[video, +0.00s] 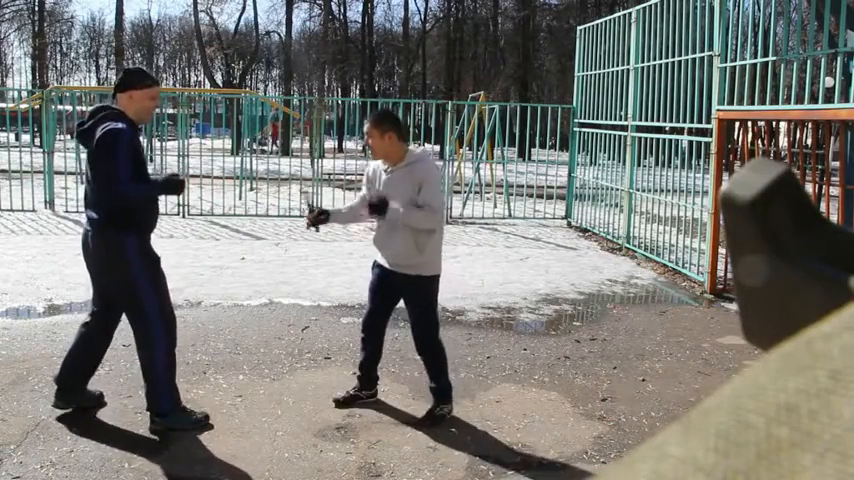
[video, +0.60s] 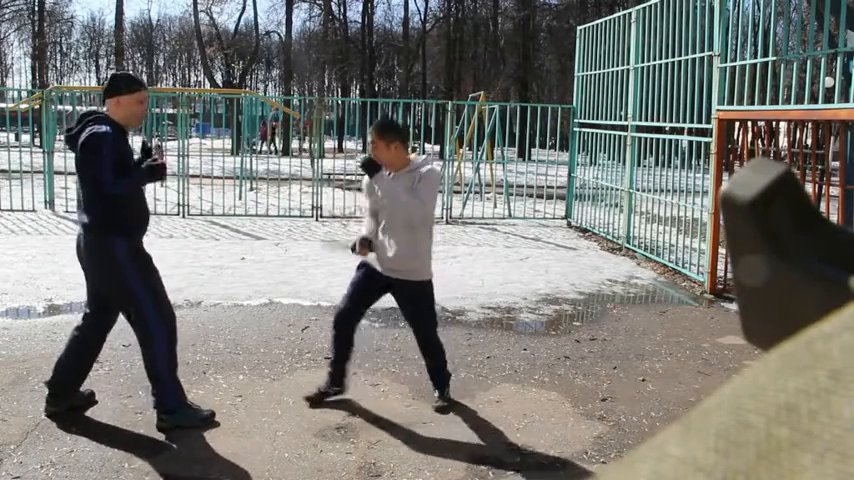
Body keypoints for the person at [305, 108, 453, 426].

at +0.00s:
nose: (367, 145)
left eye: (371, 139)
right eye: (367, 139)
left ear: (390, 138)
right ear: (385, 139)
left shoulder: (426, 167)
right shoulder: (375, 171)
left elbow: (434, 219)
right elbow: (367, 209)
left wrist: (390, 211)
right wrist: (330, 216)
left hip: (421, 270)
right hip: (387, 266)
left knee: (426, 341)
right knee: (371, 327)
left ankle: (443, 400)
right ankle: (366, 387)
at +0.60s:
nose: (372, 153)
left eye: (376, 147)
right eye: (372, 147)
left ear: (395, 146)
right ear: (382, 148)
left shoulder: (428, 173)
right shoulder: (376, 177)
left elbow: (419, 214)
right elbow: (372, 217)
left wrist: (379, 178)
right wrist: (365, 239)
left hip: (413, 273)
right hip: (376, 267)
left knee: (427, 336)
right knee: (344, 318)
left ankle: (442, 389)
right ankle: (335, 383)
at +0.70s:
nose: (363, 159)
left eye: (366, 153)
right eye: (361, 154)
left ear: (382, 151)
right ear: (366, 155)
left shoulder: (416, 178)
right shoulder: (360, 187)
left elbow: (407, 211)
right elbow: (347, 221)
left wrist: (372, 178)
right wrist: (339, 250)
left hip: (405, 279)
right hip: (366, 274)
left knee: (422, 339)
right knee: (329, 324)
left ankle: (442, 390)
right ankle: (303, 384)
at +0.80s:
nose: (341, 160)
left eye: (346, 154)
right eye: (339, 155)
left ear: (362, 152)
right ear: (337, 155)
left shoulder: (391, 174)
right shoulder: (333, 187)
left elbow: (396, 206)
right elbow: (300, 213)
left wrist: (365, 174)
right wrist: (274, 244)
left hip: (391, 277)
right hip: (351, 273)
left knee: (416, 337)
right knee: (315, 325)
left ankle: (441, 390)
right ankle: (288, 381)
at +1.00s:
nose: (282, 166)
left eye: (287, 160)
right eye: (281, 160)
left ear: (307, 159)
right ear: (282, 162)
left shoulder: (337, 179)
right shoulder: (280, 196)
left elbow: (367, 203)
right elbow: (252, 216)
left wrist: (327, 181)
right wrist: (226, 227)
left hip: (364, 268)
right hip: (323, 269)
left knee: (397, 324)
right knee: (298, 323)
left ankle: (429, 379)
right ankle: (285, 382)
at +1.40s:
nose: (287, 154)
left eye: (291, 148)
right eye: (286, 149)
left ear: (311, 146)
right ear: (296, 148)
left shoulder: (346, 167)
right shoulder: (291, 181)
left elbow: (351, 213)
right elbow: (293, 219)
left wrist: (313, 189)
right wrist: (272, 238)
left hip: (357, 263)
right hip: (317, 261)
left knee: (380, 323)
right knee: (299, 318)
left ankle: (401, 381)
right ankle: (284, 382)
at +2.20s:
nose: (283, 158)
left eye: (287, 152)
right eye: (282, 152)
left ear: (303, 150)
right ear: (286, 154)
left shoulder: (335, 174)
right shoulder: (282, 185)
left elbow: (336, 212)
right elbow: (255, 216)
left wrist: (305, 179)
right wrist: (230, 249)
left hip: (339, 272)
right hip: (301, 269)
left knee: (367, 328)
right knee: (265, 318)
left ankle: (401, 383)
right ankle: (241, 376)